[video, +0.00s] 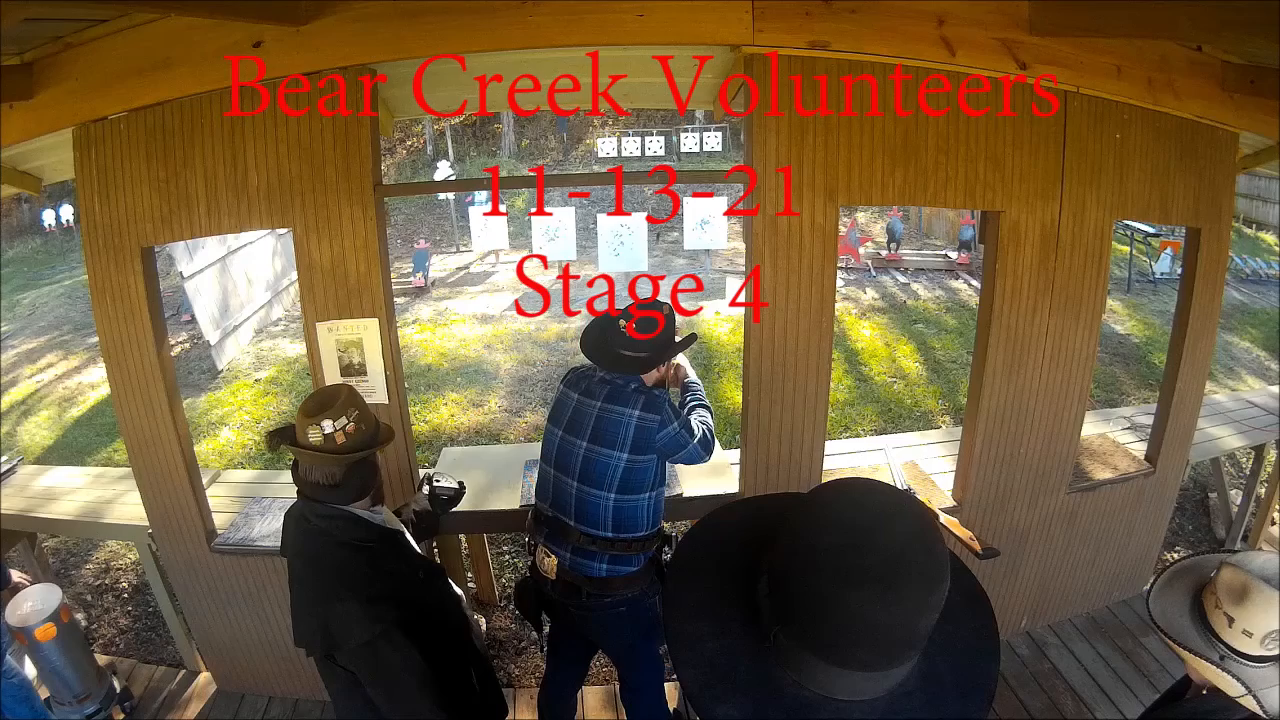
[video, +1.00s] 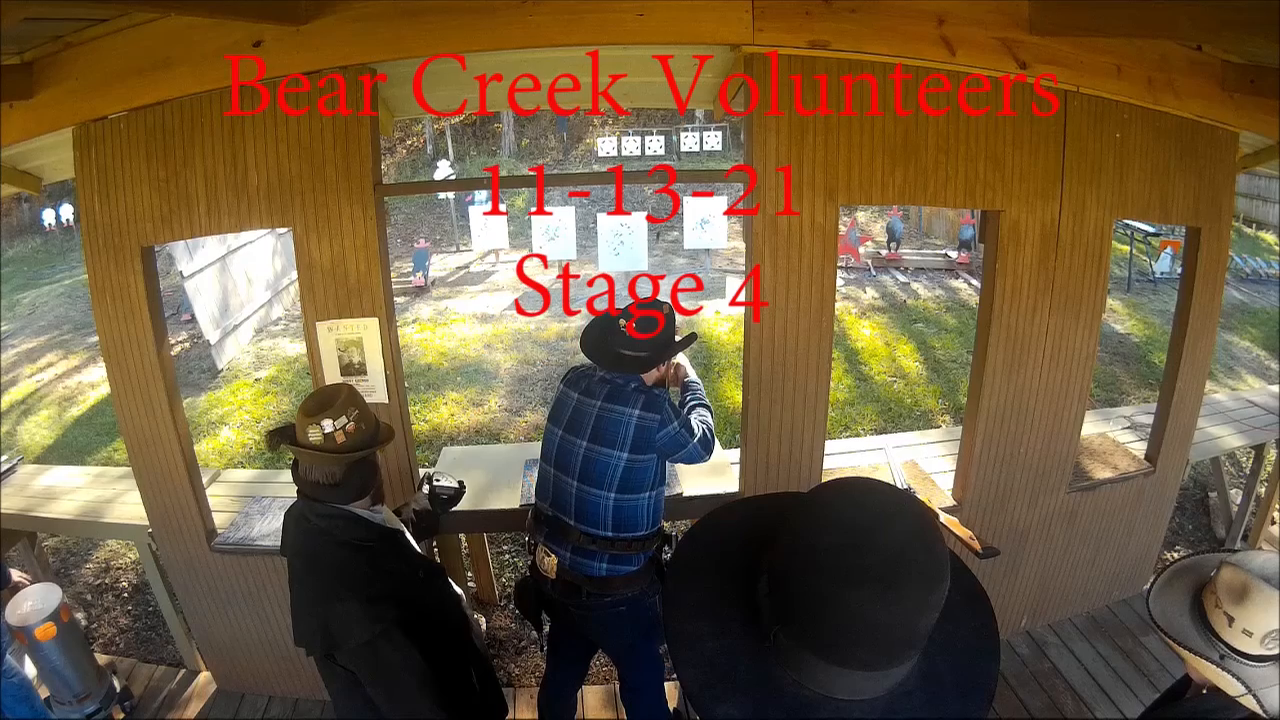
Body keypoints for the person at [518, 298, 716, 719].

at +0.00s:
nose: (669, 361)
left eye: (668, 354)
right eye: (666, 354)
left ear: (607, 350)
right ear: (651, 364)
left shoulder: (571, 384)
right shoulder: (653, 412)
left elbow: (615, 392)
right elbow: (701, 445)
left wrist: (652, 379)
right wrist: (690, 380)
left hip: (558, 579)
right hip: (620, 590)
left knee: (558, 686)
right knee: (645, 691)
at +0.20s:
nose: (668, 360)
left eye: (668, 354)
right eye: (666, 354)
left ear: (607, 350)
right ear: (651, 364)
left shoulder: (571, 384)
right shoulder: (653, 412)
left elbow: (616, 393)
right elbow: (701, 445)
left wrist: (652, 379)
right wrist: (691, 380)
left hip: (556, 578)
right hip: (619, 591)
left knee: (558, 684)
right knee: (645, 689)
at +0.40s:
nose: (669, 360)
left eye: (668, 354)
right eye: (666, 354)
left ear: (607, 350)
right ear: (652, 364)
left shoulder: (571, 384)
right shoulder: (653, 412)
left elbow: (615, 392)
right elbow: (701, 445)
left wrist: (651, 379)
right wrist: (690, 380)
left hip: (559, 578)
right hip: (620, 590)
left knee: (558, 685)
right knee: (645, 690)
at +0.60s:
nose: (668, 361)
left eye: (667, 354)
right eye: (666, 354)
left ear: (607, 350)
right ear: (652, 364)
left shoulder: (571, 383)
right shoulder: (653, 412)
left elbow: (615, 392)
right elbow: (701, 445)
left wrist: (651, 379)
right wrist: (690, 380)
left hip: (558, 578)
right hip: (619, 590)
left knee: (558, 685)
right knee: (645, 690)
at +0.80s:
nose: (668, 360)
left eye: (667, 354)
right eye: (665, 354)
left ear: (607, 350)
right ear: (652, 364)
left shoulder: (571, 383)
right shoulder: (653, 412)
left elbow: (615, 392)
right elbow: (701, 445)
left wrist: (651, 379)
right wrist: (690, 380)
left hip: (558, 577)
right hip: (620, 589)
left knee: (558, 684)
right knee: (645, 690)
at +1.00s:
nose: (669, 360)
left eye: (668, 353)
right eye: (666, 354)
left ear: (608, 350)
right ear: (651, 365)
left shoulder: (572, 383)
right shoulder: (653, 412)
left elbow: (616, 393)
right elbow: (701, 445)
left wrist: (651, 378)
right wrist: (691, 380)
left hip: (555, 576)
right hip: (618, 590)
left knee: (559, 682)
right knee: (644, 686)